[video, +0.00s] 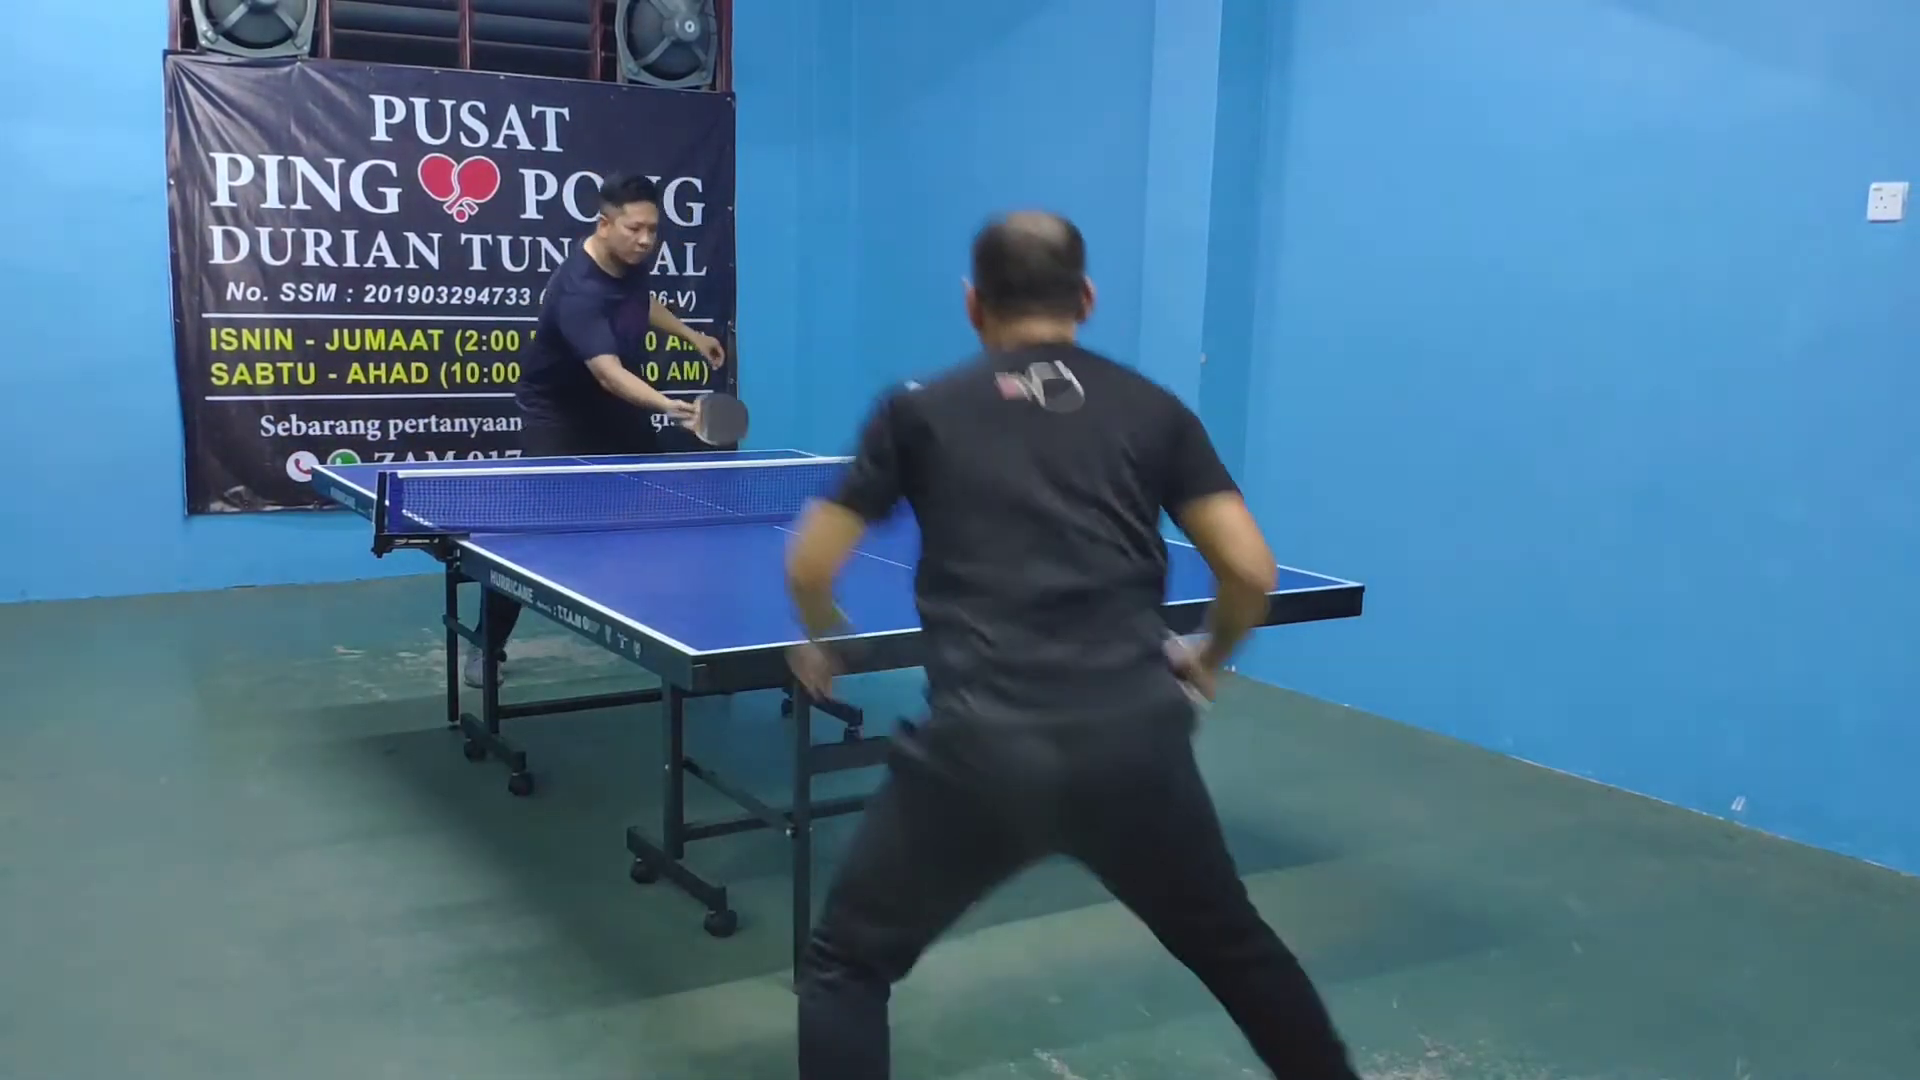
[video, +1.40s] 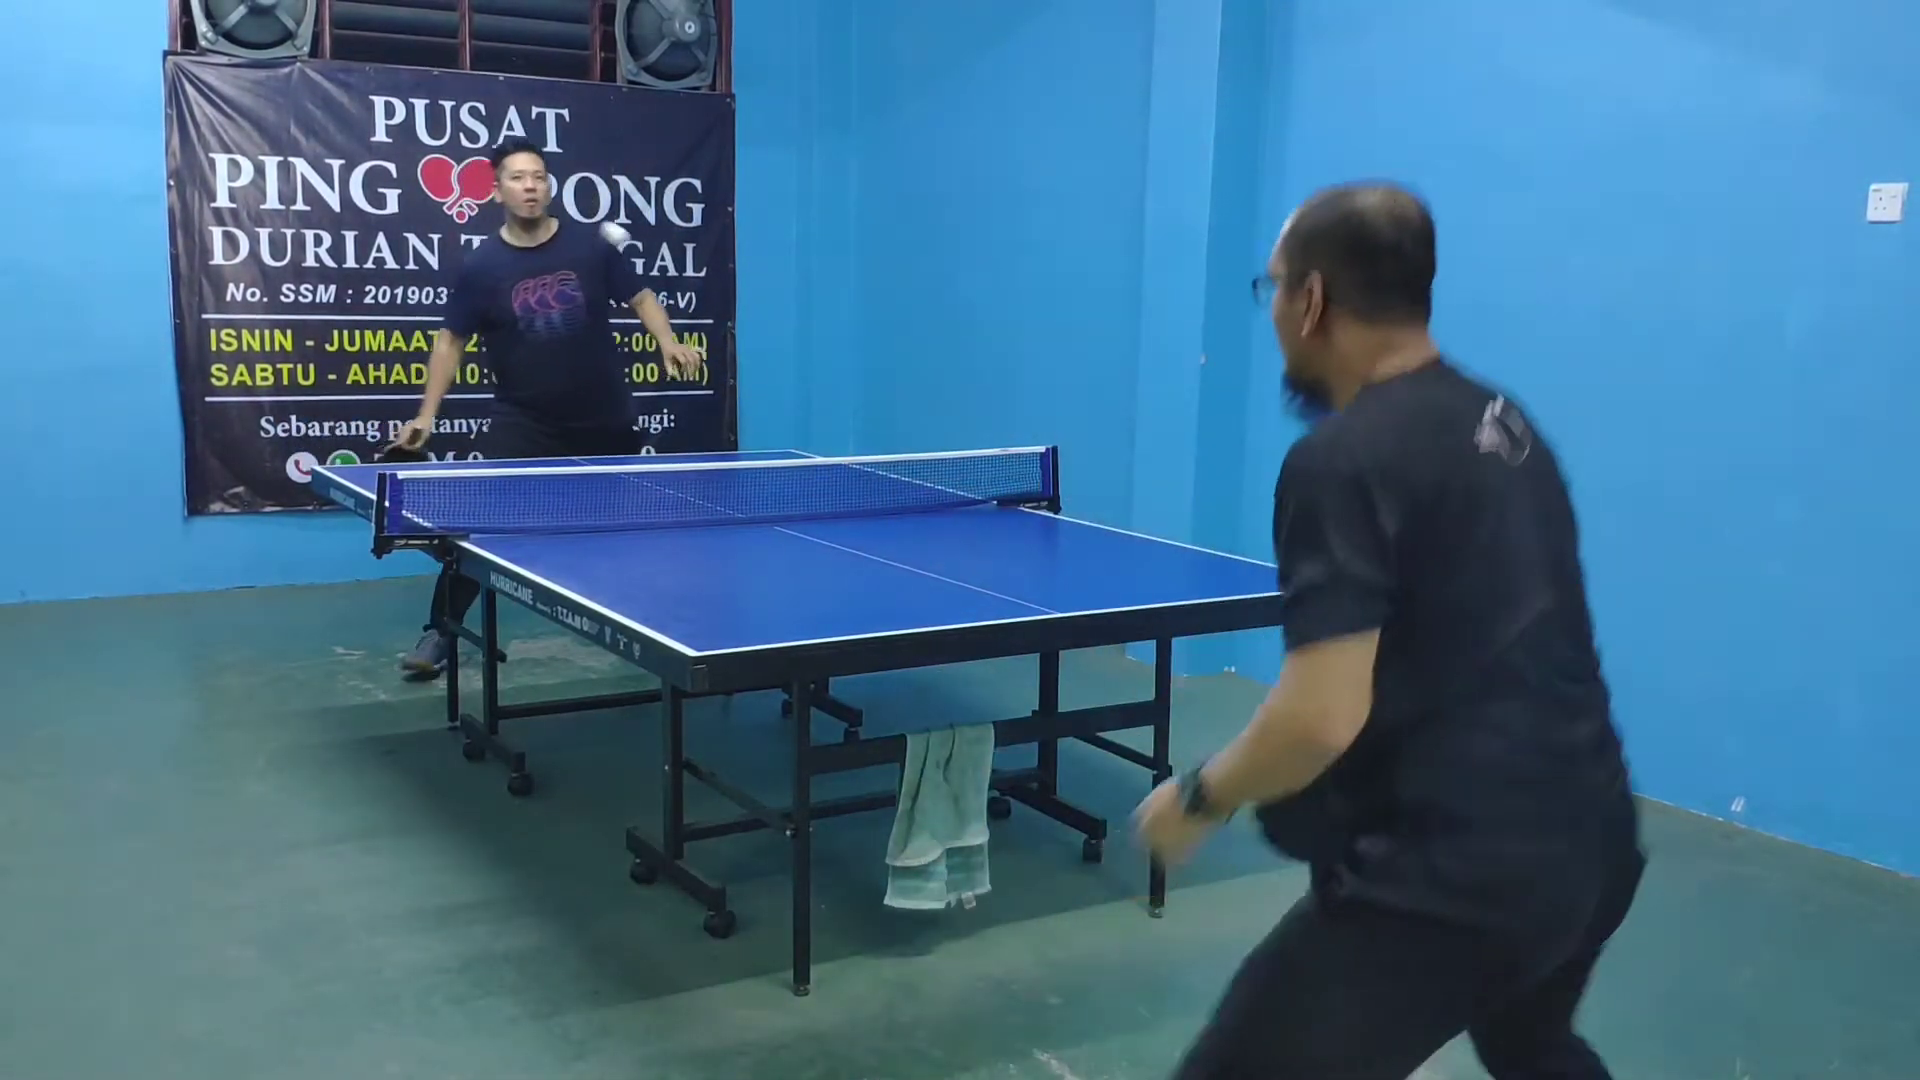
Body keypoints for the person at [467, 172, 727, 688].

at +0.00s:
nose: (645, 241)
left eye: (652, 231)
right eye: (635, 229)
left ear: (658, 229)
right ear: (603, 223)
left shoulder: (630, 262)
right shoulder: (578, 288)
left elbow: (640, 305)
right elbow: (609, 373)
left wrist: (691, 336)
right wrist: (671, 405)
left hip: (617, 410)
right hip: (558, 416)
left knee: (667, 500)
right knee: (537, 524)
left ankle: (684, 632)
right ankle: (490, 644)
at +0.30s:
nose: (637, 210)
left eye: (643, 199)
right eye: (625, 200)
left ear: (649, 203)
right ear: (595, 203)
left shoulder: (659, 258)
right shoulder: (567, 268)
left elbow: (694, 307)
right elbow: (550, 350)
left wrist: (742, 342)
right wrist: (601, 369)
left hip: (646, 419)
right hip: (575, 424)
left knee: (692, 513)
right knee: (536, 524)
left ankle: (702, 633)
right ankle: (488, 634)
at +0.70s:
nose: (610, 207)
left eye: (616, 197)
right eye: (597, 198)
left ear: (623, 201)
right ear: (572, 204)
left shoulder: (647, 260)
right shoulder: (545, 269)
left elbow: (688, 320)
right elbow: (508, 341)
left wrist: (715, 340)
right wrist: (549, 383)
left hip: (647, 427)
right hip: (566, 432)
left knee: (692, 516)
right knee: (522, 529)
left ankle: (702, 640)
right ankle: (485, 638)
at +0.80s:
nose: (593, 204)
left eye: (601, 194)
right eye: (581, 195)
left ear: (614, 200)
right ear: (560, 201)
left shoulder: (639, 257)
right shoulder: (535, 263)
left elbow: (677, 315)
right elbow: (486, 330)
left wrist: (711, 338)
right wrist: (512, 364)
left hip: (635, 424)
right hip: (559, 426)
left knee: (656, 526)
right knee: (516, 526)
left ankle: (673, 637)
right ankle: (478, 634)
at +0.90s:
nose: (555, 210)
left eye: (564, 200)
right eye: (545, 201)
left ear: (584, 204)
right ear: (532, 206)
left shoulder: (622, 255)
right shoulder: (512, 268)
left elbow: (667, 308)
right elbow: (453, 322)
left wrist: (710, 346)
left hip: (623, 417)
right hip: (546, 420)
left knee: (657, 519)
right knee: (494, 511)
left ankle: (681, 638)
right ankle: (455, 626)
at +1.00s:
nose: (505, 221)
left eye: (515, 210)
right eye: (495, 211)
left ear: (536, 210)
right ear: (483, 216)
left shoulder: (582, 257)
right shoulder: (467, 284)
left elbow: (630, 298)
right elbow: (408, 334)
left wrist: (681, 349)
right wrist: (365, 386)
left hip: (605, 427)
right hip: (521, 434)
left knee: (663, 522)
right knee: (471, 524)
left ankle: (695, 639)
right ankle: (436, 636)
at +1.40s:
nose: (530, 187)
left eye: (537, 177)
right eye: (517, 178)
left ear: (550, 185)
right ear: (498, 189)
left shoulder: (590, 245)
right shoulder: (480, 265)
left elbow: (639, 297)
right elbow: (449, 341)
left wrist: (668, 342)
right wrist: (426, 415)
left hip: (604, 417)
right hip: (525, 422)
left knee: (652, 518)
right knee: (483, 517)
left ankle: (684, 639)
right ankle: (440, 634)